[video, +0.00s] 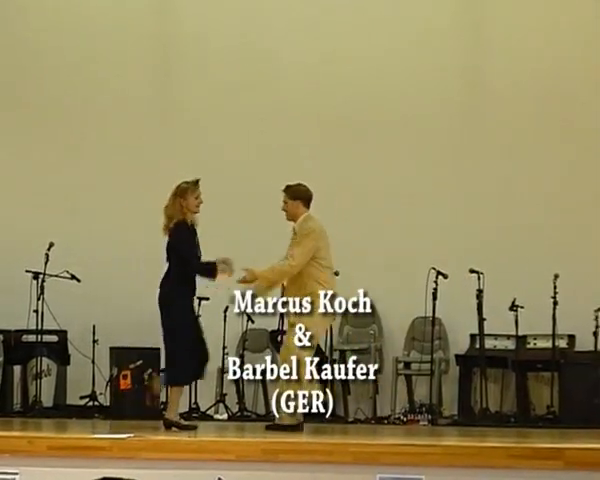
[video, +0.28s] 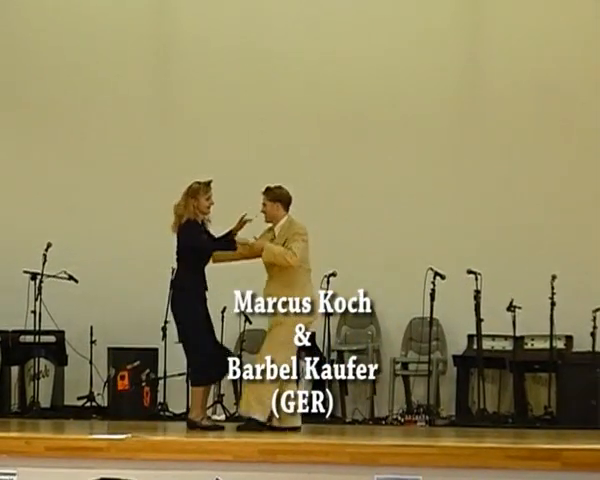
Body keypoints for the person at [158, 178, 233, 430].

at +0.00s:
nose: (200, 202)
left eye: (200, 198)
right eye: (196, 198)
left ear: (189, 201)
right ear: (183, 201)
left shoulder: (187, 228)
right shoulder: (181, 229)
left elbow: (191, 264)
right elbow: (189, 265)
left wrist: (215, 265)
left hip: (179, 295)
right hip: (175, 297)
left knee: (184, 351)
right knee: (188, 351)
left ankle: (173, 412)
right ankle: (171, 413)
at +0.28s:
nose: (211, 202)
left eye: (211, 198)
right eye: (207, 198)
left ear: (202, 200)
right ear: (194, 201)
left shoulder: (199, 225)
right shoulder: (189, 226)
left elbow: (214, 244)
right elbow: (207, 249)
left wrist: (234, 231)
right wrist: (238, 246)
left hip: (193, 294)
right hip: (186, 295)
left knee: (205, 352)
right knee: (202, 352)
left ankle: (199, 413)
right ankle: (196, 414)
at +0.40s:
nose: (213, 201)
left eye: (213, 197)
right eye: (209, 197)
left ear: (200, 200)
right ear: (195, 200)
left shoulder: (201, 224)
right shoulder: (193, 226)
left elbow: (220, 242)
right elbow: (213, 246)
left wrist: (244, 230)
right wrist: (244, 234)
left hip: (194, 293)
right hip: (187, 294)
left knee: (205, 350)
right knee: (202, 351)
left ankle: (199, 412)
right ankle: (195, 414)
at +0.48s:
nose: (214, 204)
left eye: (215, 199)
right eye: (210, 200)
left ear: (208, 202)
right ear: (197, 202)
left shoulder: (205, 228)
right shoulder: (194, 230)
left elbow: (219, 253)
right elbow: (212, 257)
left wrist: (245, 245)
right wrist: (243, 249)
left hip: (196, 296)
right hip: (187, 298)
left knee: (205, 349)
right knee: (203, 349)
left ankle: (195, 412)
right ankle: (194, 413)